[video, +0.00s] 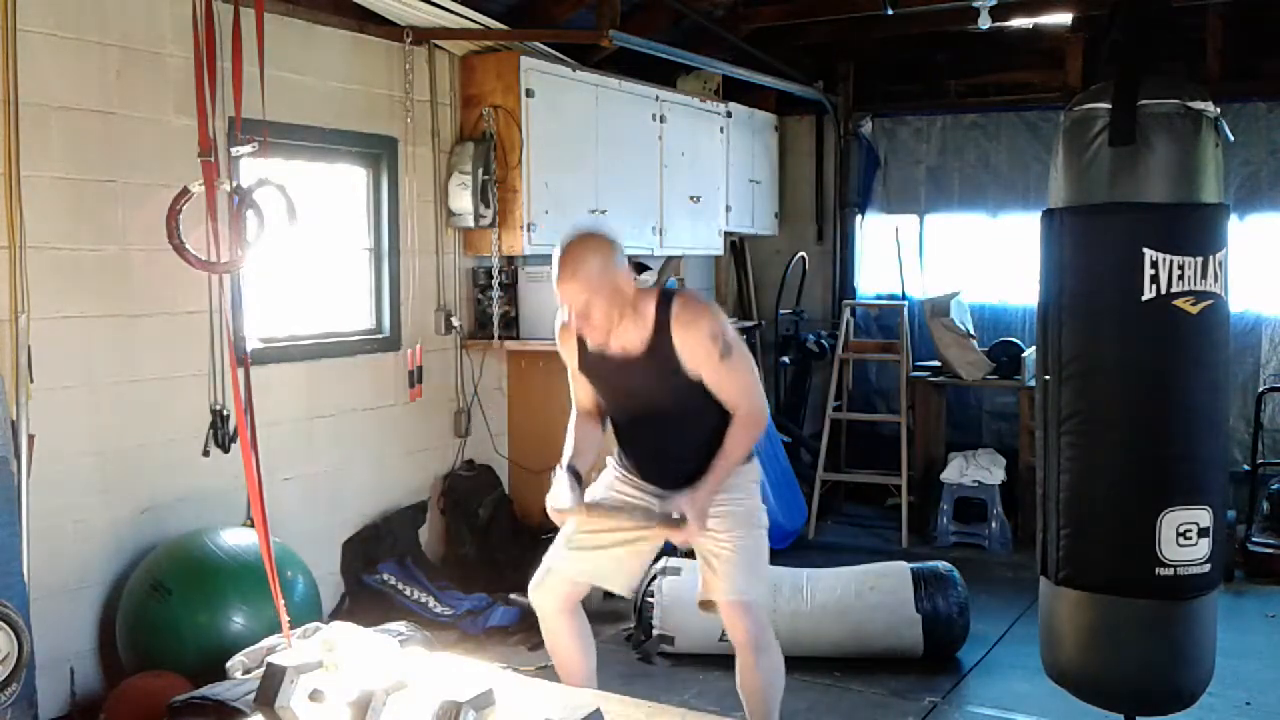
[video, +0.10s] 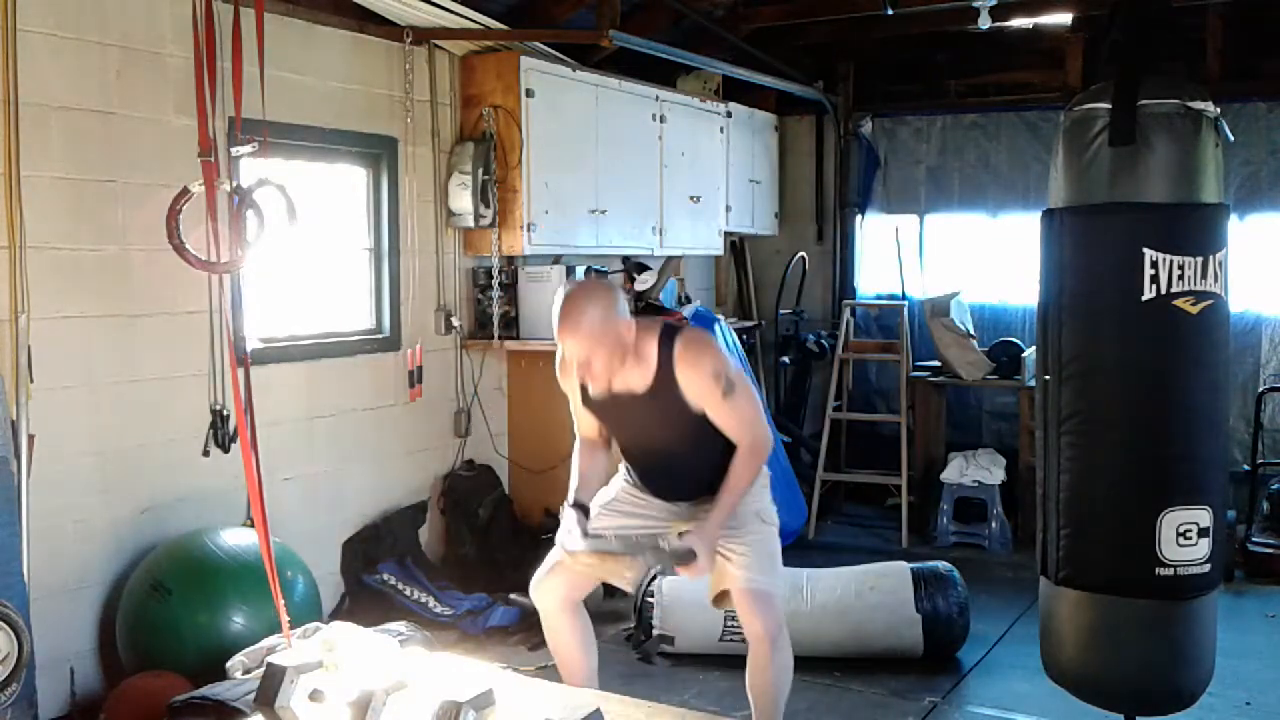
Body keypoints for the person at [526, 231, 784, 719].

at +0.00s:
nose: (575, 324)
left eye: (582, 309)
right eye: (569, 311)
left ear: (618, 285)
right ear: (566, 296)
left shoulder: (692, 320)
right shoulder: (573, 335)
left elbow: (753, 413)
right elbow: (588, 412)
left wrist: (701, 493)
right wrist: (572, 475)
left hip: (722, 476)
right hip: (635, 476)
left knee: (743, 617)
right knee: (551, 593)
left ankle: (762, 717)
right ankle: (586, 713)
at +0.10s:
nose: (580, 373)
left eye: (587, 358)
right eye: (572, 359)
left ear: (622, 332)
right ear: (566, 344)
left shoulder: (693, 355)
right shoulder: (572, 367)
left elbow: (757, 441)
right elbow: (593, 438)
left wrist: (710, 530)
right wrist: (581, 502)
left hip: (732, 492)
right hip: (643, 491)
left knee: (763, 619)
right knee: (552, 589)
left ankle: (765, 717)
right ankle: (585, 712)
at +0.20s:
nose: (578, 413)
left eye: (585, 400)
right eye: (570, 400)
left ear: (626, 373)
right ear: (564, 383)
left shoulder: (697, 389)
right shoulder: (575, 397)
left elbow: (760, 463)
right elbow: (594, 460)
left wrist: (720, 549)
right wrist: (586, 529)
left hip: (733, 502)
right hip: (648, 499)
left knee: (766, 618)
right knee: (554, 586)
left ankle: (767, 716)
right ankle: (586, 711)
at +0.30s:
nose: (583, 456)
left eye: (588, 443)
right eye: (575, 445)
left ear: (628, 407)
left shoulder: (700, 414)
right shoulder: (591, 411)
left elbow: (764, 478)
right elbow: (597, 479)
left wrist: (729, 567)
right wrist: (593, 548)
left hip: (736, 516)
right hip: (650, 513)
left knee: (760, 612)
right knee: (556, 590)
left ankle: (767, 716)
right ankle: (588, 710)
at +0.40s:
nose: (583, 479)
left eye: (592, 466)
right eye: (574, 467)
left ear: (629, 432)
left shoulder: (702, 436)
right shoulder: (592, 426)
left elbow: (766, 494)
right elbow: (598, 491)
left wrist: (727, 583)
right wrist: (594, 562)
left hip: (737, 519)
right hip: (651, 519)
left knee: (764, 621)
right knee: (555, 593)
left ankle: (768, 717)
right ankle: (587, 711)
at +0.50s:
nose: (578, 472)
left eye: (584, 458)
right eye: (571, 461)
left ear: (626, 425)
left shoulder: (698, 430)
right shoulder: (591, 421)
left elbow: (763, 494)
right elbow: (595, 490)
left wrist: (724, 583)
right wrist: (589, 562)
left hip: (732, 520)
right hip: (648, 519)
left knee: (759, 626)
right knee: (552, 595)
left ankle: (766, 716)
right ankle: (588, 712)